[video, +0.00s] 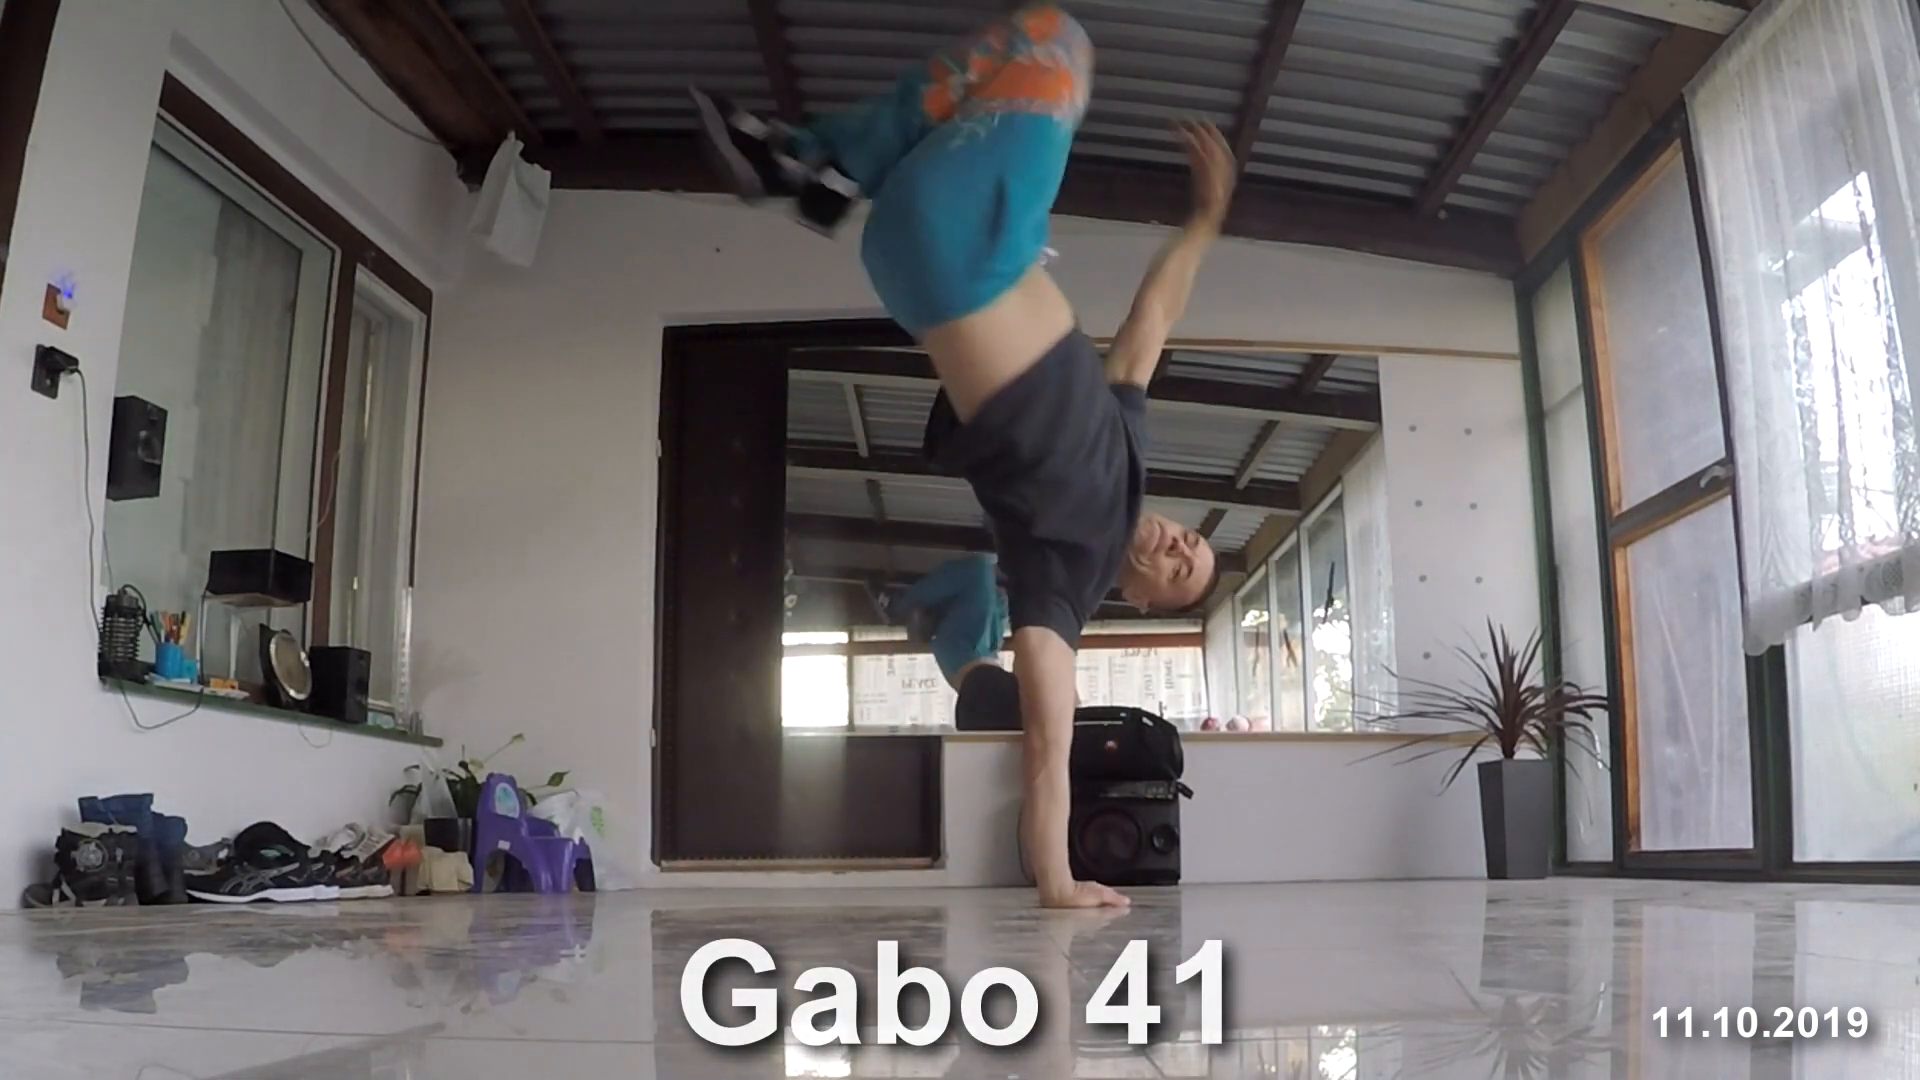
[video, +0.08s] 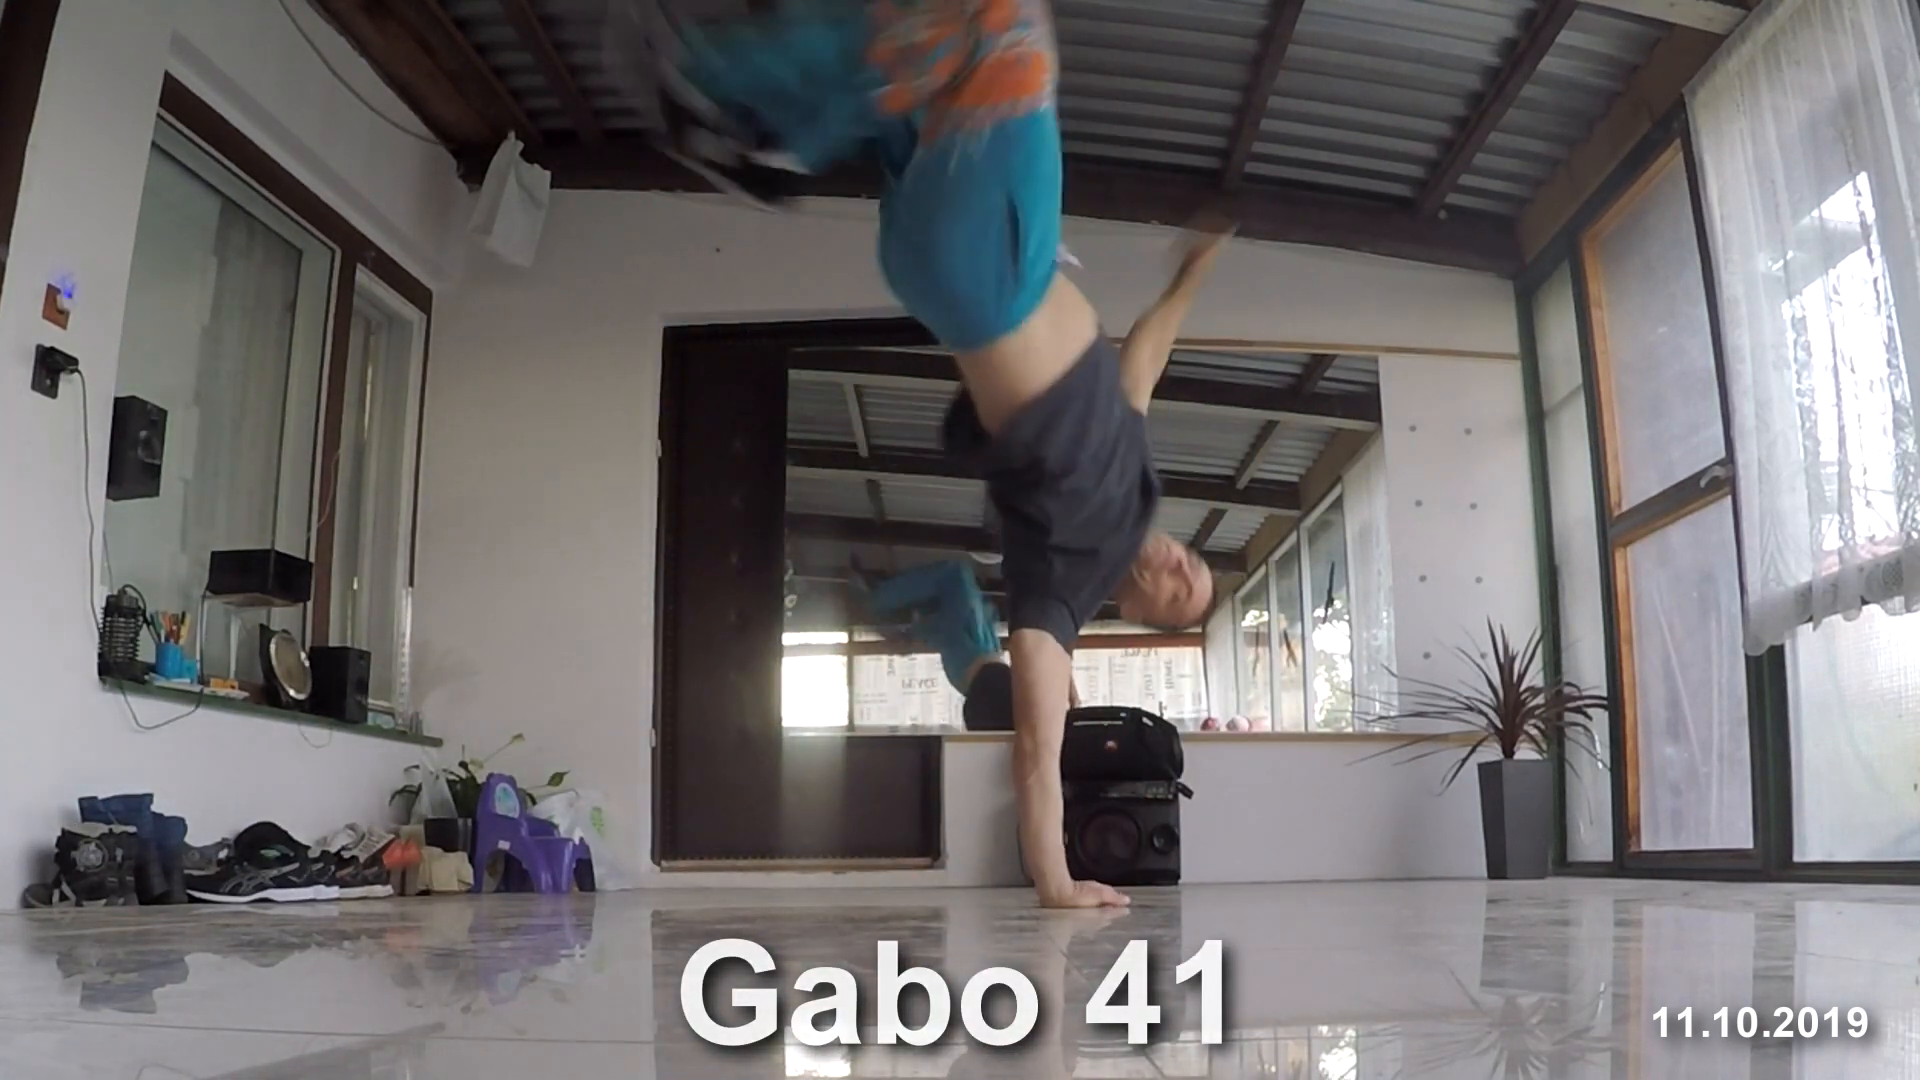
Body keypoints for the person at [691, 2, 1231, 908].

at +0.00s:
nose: (1177, 549)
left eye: (1180, 575)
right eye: (1190, 546)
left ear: (1152, 600)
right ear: (1179, 515)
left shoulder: (1063, 576)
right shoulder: (1127, 430)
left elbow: (1048, 743)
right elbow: (1155, 308)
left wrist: (1055, 886)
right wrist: (1209, 215)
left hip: (944, 267)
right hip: (984, 233)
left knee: (1051, 46)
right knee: (1021, 48)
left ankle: (830, 169)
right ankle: (810, 160)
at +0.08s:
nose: (1184, 572)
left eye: (1182, 596)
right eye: (1196, 569)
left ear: (1147, 614)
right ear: (1188, 545)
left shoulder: (1059, 580)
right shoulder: (1133, 466)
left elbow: (1041, 746)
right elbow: (1149, 351)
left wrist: (1053, 883)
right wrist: (1190, 270)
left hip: (970, 273)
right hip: (1013, 244)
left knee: (1010, 30)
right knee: (935, 56)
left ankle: (708, 76)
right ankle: (785, 142)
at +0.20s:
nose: (1193, 595)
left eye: (1186, 620)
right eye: (1206, 597)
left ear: (1157, 629)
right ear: (1207, 567)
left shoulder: (1070, 586)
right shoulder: (1163, 483)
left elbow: (1053, 751)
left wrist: (1059, 889)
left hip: (983, 323)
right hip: (1030, 262)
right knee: (889, 35)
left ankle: (656, 70)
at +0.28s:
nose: (1198, 598)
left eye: (1189, 625)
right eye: (1212, 599)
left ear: (1157, 635)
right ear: (1210, 566)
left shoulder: (1058, 590)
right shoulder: (1170, 466)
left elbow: (1045, 753)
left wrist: (1059, 888)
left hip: (929, 355)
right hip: (986, 257)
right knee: (991, 98)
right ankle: (751, 15)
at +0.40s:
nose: (1171, 574)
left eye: (1169, 592)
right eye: (1186, 568)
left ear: (1137, 585)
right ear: (1183, 528)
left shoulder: (1039, 560)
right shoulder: (1155, 400)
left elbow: (1041, 729)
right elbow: (1084, 242)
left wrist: (1058, 881)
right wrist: (1041, 114)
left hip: (849, 355)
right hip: (917, 255)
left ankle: (787, 841)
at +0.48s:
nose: (1122, 518)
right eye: (1133, 508)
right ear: (1135, 465)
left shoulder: (979, 544)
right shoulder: (1115, 398)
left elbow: (1010, 688)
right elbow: (1121, 262)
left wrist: (1048, 822)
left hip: (829, 349)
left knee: (891, 647)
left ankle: (792, 849)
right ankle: (1109, 849)